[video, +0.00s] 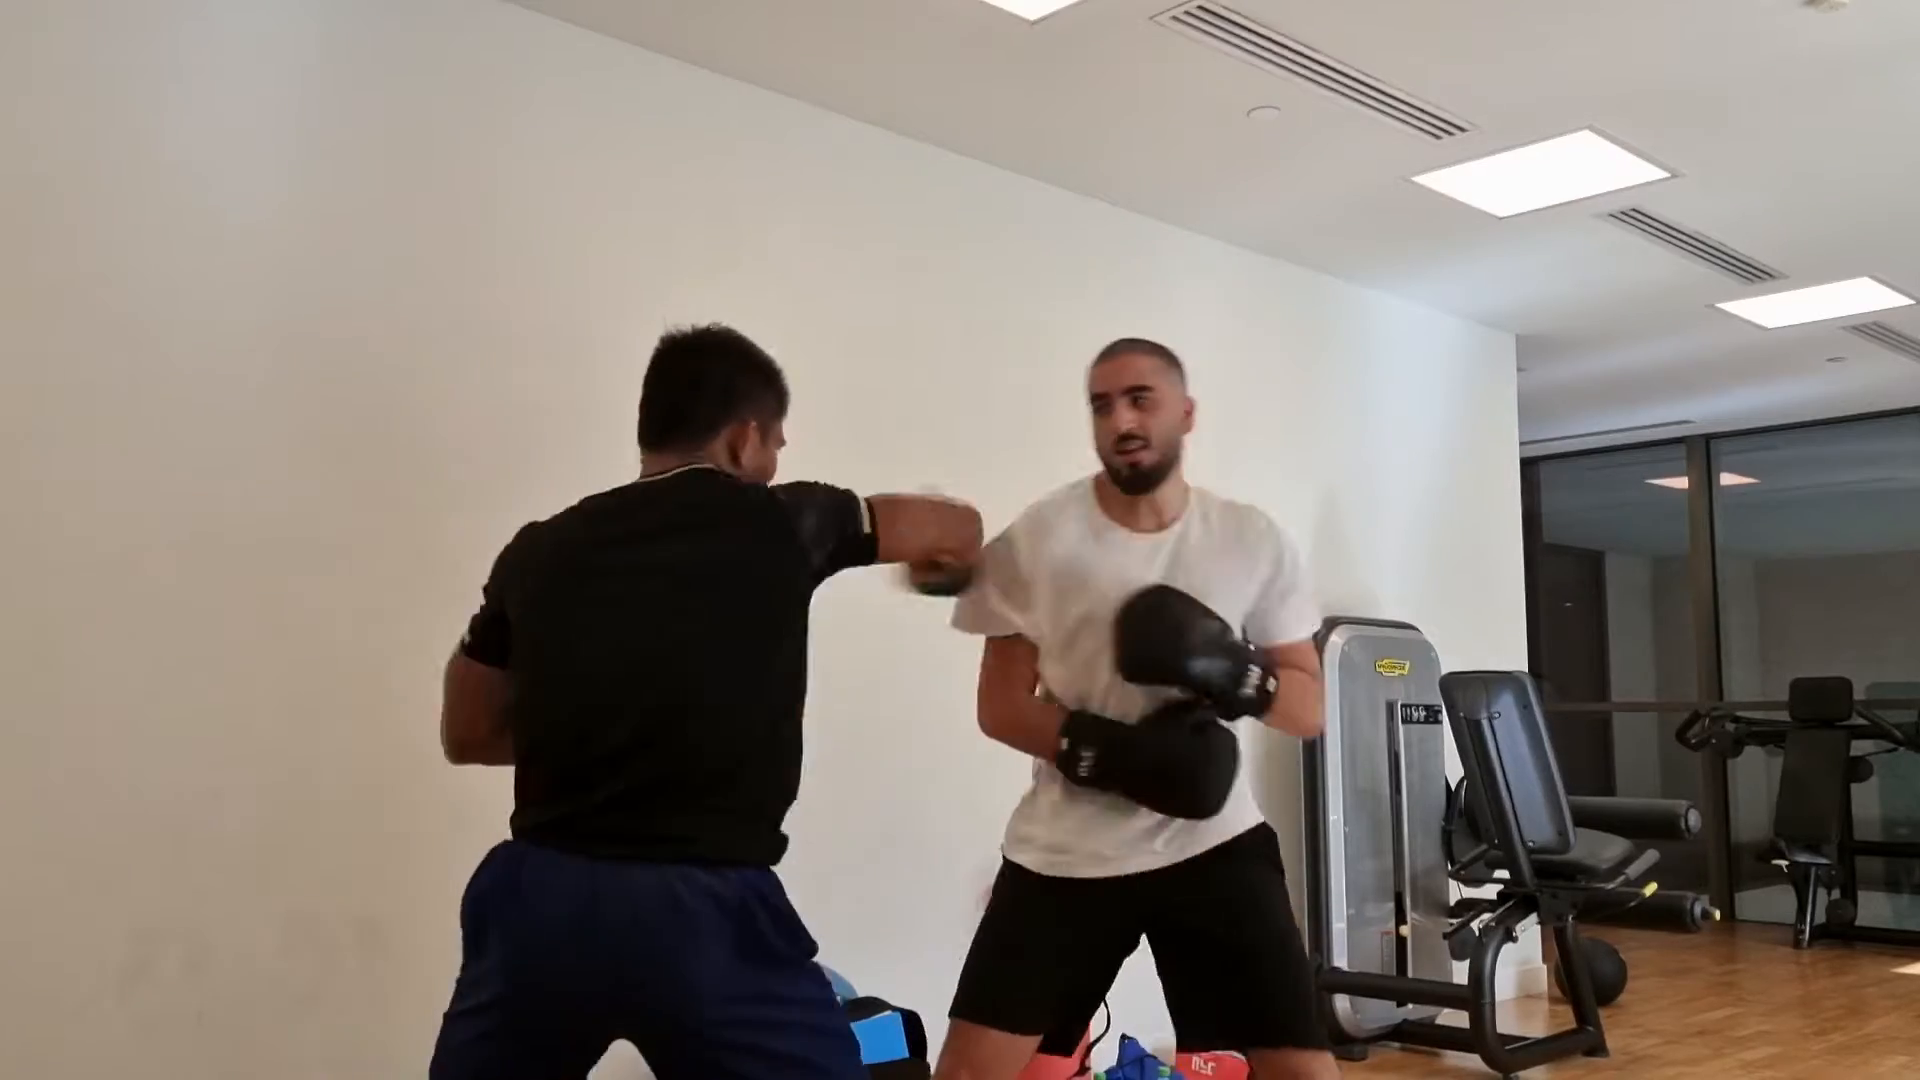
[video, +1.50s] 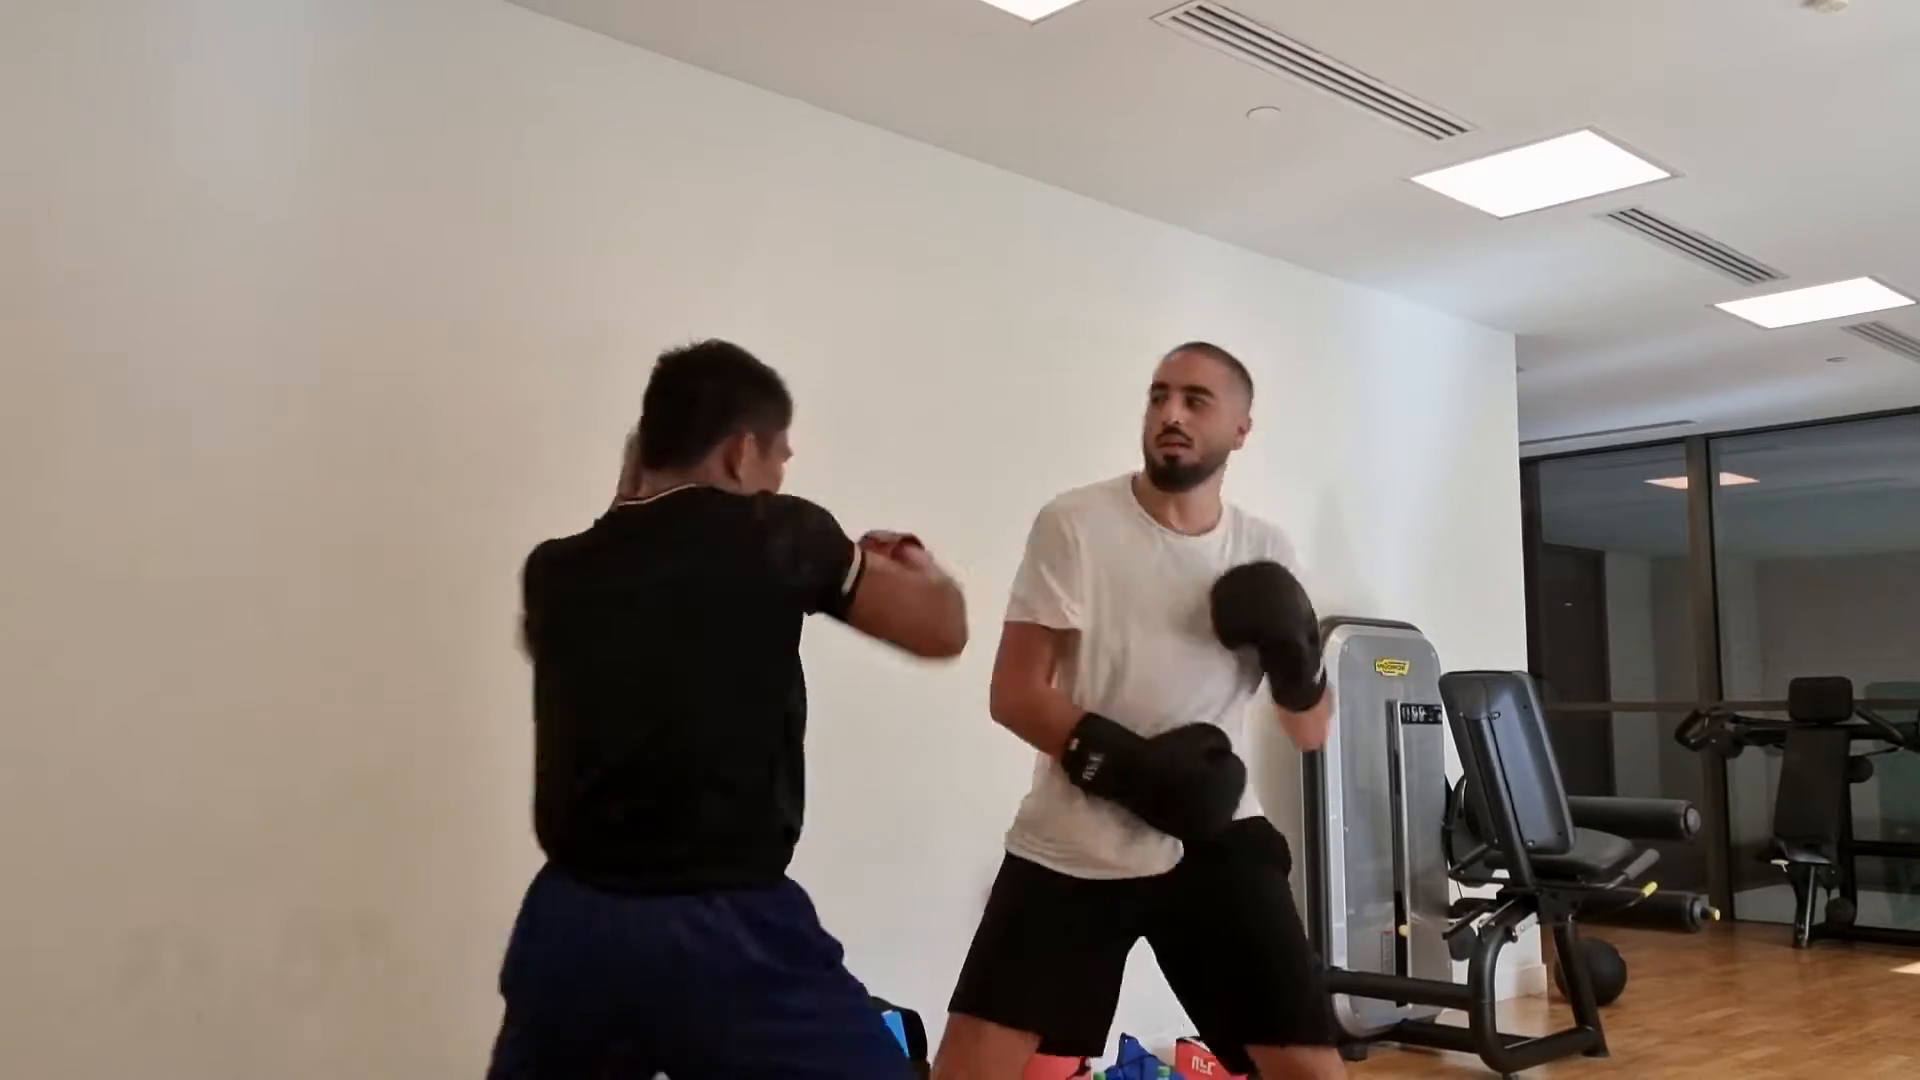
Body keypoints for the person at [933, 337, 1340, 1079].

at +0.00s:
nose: (1121, 419)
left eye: (1141, 398)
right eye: (1103, 405)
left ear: (1188, 412)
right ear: (1090, 425)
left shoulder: (1255, 541)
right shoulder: (1035, 541)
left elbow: (1309, 708)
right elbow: (1001, 708)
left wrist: (1232, 677)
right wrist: (1113, 752)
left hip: (1217, 851)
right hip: (1063, 858)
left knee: (1303, 1070)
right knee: (971, 1069)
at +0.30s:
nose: (1068, 398)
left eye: (1091, 378)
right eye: (1056, 384)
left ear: (1145, 390)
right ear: (1049, 401)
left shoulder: (1221, 503)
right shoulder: (1029, 532)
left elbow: (1295, 668)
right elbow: (1014, 703)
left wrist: (1162, 637)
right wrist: (1062, 738)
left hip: (1222, 842)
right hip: (1071, 847)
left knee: (1302, 1067)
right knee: (969, 1057)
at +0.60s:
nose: (1023, 425)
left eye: (1042, 402)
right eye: (1009, 413)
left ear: (1097, 411)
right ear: (1003, 435)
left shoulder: (1173, 513)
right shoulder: (1003, 563)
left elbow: (1266, 674)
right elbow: (994, 728)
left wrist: (1124, 657)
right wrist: (1047, 768)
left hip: (1198, 855)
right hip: (1048, 862)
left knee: (1282, 1068)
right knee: (955, 1060)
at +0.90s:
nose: (1161, 425)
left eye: (1188, 410)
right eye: (1152, 409)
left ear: (1236, 440)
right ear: (1138, 426)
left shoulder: (1266, 565)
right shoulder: (1071, 532)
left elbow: (1319, 745)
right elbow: (1000, 692)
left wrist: (1289, 665)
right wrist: (1102, 769)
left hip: (1211, 859)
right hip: (1060, 850)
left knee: (1315, 1068)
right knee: (962, 1065)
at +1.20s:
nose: (1048, 421)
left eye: (1071, 402)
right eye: (1037, 407)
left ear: (1124, 414)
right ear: (1028, 427)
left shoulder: (1173, 491)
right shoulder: (1019, 564)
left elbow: (1185, 606)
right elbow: (1007, 717)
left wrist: (1047, 555)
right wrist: (1037, 747)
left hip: (1196, 839)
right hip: (1060, 844)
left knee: (1275, 1067)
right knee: (955, 1058)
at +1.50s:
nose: (1171, 413)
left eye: (1198, 400)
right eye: (1160, 397)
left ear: (1241, 430)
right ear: (1143, 415)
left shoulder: (1266, 551)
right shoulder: (1074, 526)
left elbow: (1311, 731)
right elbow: (1015, 692)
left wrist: (1292, 649)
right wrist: (1127, 763)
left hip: (1217, 856)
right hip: (1068, 852)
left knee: (1312, 1069)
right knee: (972, 1068)